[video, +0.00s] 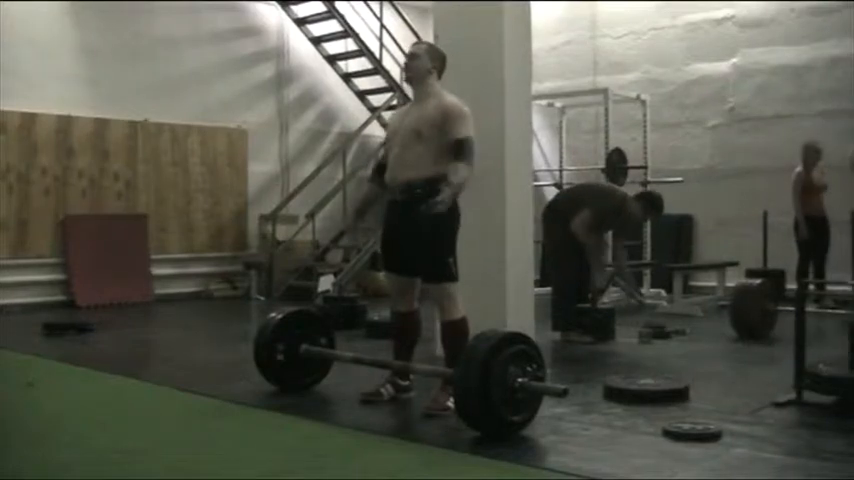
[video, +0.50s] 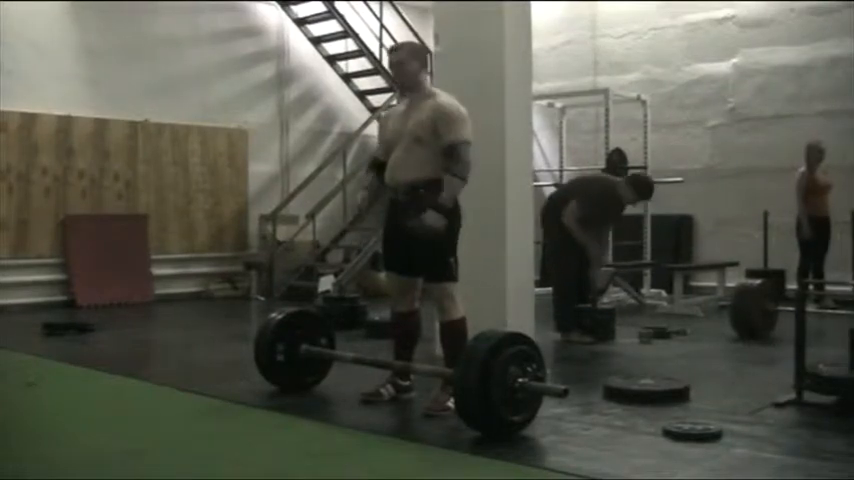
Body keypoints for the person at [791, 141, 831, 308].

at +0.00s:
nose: (814, 161)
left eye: (816, 157)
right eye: (811, 157)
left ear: (819, 158)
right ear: (805, 157)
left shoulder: (818, 174)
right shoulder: (799, 175)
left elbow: (821, 190)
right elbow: (796, 202)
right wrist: (801, 224)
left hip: (819, 219)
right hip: (805, 220)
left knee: (820, 258)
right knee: (804, 257)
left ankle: (820, 293)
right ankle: (802, 292)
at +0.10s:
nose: (816, 160)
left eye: (818, 156)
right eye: (813, 156)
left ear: (819, 158)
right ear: (807, 156)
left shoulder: (817, 175)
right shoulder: (801, 175)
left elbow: (818, 200)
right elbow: (798, 202)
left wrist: (824, 221)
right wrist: (802, 225)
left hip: (820, 219)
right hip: (806, 219)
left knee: (819, 258)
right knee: (805, 257)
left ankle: (820, 293)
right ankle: (802, 292)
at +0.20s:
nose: (818, 159)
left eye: (819, 156)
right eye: (815, 155)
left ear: (820, 157)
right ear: (808, 156)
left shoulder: (819, 175)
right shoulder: (802, 175)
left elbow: (820, 200)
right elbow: (800, 202)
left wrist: (826, 221)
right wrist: (804, 224)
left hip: (821, 220)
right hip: (807, 220)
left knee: (820, 259)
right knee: (806, 258)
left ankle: (821, 294)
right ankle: (803, 293)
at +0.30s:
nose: (818, 159)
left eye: (820, 156)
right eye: (816, 156)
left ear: (821, 158)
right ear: (809, 156)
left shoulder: (819, 175)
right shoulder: (803, 175)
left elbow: (820, 200)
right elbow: (800, 202)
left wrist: (826, 221)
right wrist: (804, 224)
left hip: (821, 220)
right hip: (807, 220)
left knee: (819, 259)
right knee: (806, 258)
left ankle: (820, 294)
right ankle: (803, 293)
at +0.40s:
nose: (818, 159)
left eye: (820, 156)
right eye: (815, 156)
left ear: (821, 158)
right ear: (809, 156)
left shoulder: (820, 175)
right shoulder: (803, 175)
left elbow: (821, 200)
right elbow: (800, 202)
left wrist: (826, 221)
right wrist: (804, 224)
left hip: (822, 220)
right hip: (808, 220)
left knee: (819, 259)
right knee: (806, 258)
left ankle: (820, 294)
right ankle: (803, 293)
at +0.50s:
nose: (818, 159)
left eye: (820, 156)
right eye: (815, 155)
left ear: (822, 157)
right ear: (809, 156)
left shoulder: (820, 175)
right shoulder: (803, 175)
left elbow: (821, 199)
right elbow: (800, 202)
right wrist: (804, 224)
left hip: (822, 220)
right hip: (808, 220)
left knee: (819, 259)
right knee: (806, 258)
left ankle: (820, 294)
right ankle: (802, 293)